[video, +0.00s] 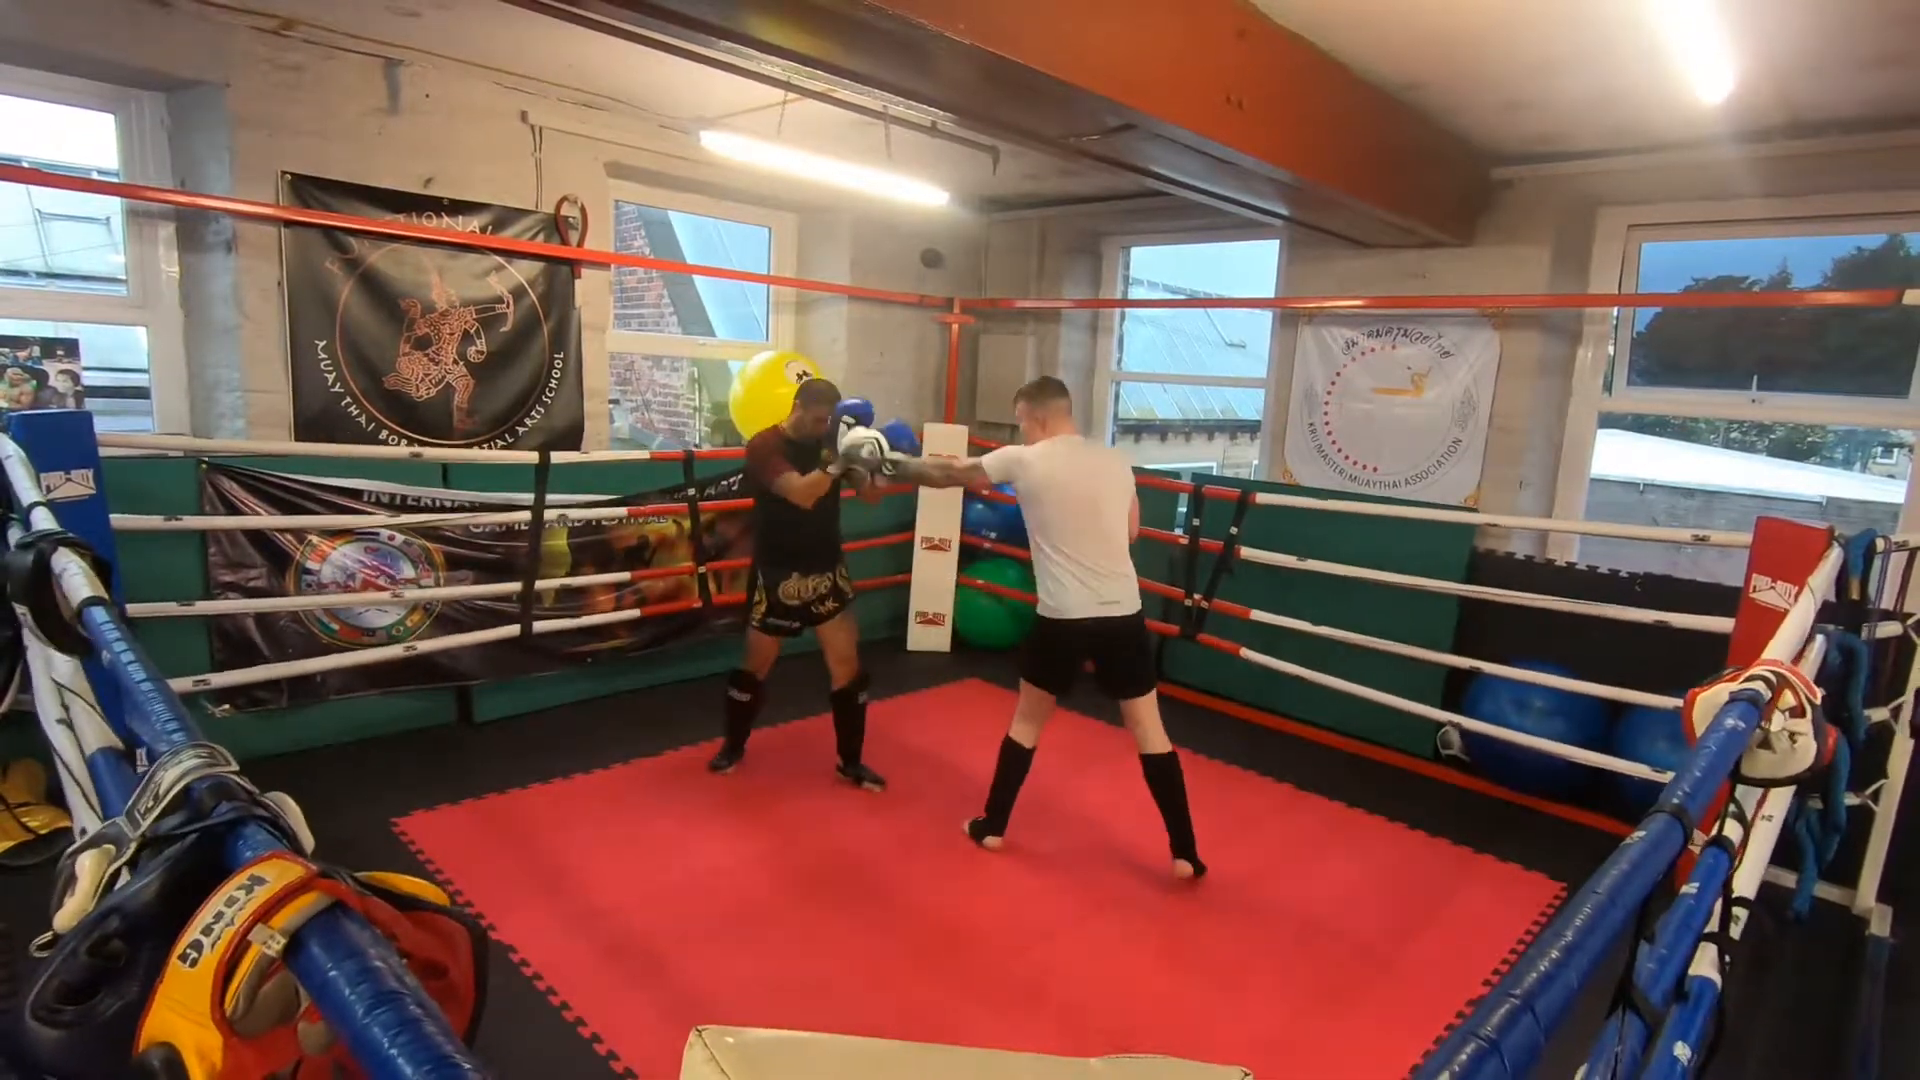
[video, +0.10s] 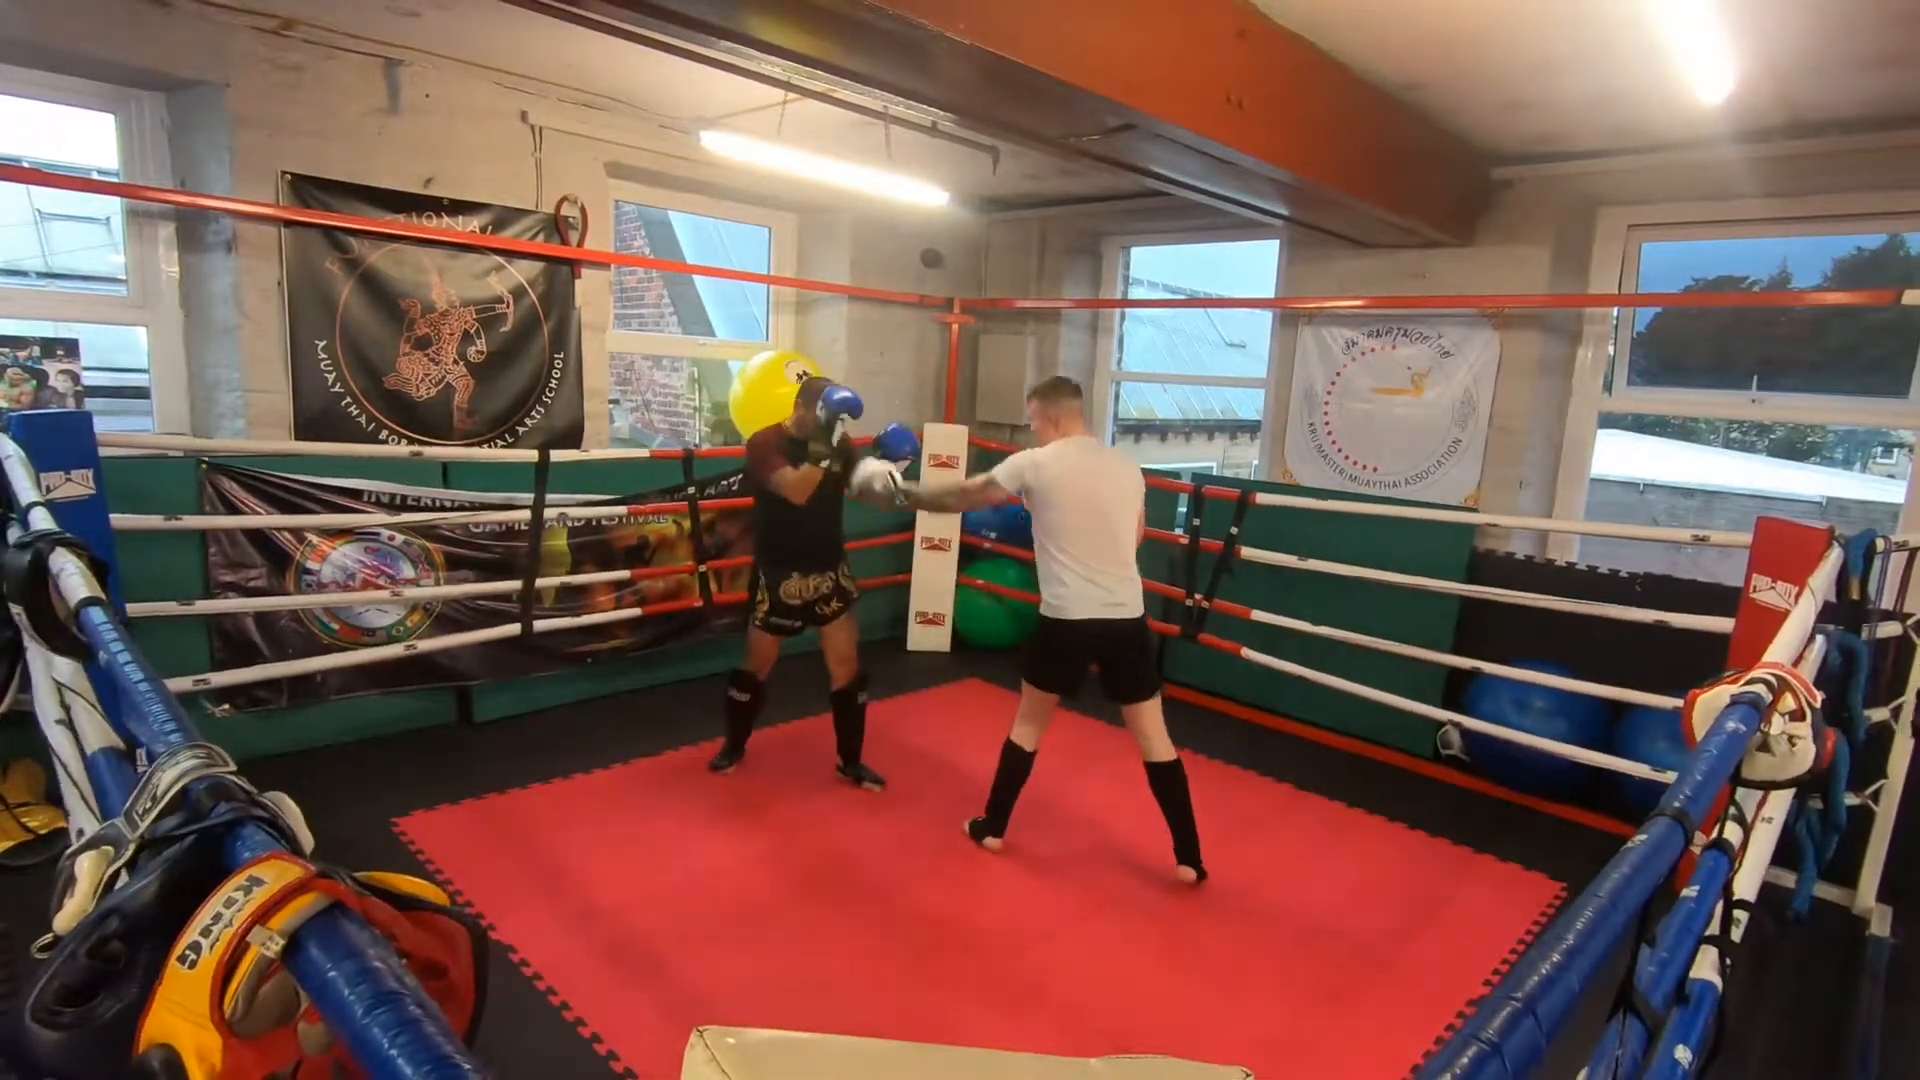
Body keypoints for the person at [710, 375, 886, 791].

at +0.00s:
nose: (826, 425)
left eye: (830, 418)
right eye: (818, 418)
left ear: (834, 416)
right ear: (795, 410)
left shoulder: (832, 442)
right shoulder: (763, 448)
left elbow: (871, 494)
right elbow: (804, 494)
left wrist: (868, 454)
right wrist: (837, 460)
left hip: (827, 571)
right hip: (775, 574)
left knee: (846, 668)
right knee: (755, 666)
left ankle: (851, 762)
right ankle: (733, 746)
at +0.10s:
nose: (816, 414)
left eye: (821, 406)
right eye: (809, 405)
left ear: (828, 413)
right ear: (789, 406)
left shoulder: (834, 447)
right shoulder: (764, 445)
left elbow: (861, 481)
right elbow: (797, 491)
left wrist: (884, 459)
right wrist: (828, 444)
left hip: (830, 571)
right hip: (777, 573)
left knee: (846, 669)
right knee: (756, 666)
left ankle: (851, 762)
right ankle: (734, 746)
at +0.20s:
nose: (822, 417)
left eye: (825, 411)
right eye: (814, 409)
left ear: (824, 412)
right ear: (790, 408)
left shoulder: (839, 444)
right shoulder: (764, 444)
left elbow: (865, 500)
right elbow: (792, 493)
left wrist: (889, 471)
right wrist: (813, 443)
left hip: (829, 571)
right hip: (776, 572)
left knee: (845, 668)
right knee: (756, 665)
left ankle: (850, 762)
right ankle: (733, 747)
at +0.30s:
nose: (816, 406)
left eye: (819, 398)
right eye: (805, 398)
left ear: (821, 405)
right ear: (783, 405)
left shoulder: (835, 444)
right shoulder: (761, 445)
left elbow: (863, 502)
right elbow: (789, 498)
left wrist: (888, 473)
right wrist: (806, 442)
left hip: (826, 570)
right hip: (774, 572)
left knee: (846, 667)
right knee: (753, 664)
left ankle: (850, 762)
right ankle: (733, 746)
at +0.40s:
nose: (814, 408)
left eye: (818, 399)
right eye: (803, 399)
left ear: (823, 405)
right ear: (782, 406)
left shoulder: (835, 445)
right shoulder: (760, 447)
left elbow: (861, 501)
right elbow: (790, 501)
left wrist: (888, 467)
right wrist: (807, 447)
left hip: (825, 573)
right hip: (772, 574)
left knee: (852, 669)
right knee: (752, 665)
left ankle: (852, 762)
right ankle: (733, 746)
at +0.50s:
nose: (822, 421)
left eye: (827, 415)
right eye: (815, 413)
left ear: (829, 416)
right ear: (795, 410)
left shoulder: (835, 446)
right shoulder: (764, 448)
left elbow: (868, 501)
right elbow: (795, 501)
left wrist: (888, 461)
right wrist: (821, 456)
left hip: (828, 574)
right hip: (775, 575)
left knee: (852, 669)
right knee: (753, 667)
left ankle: (853, 762)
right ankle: (733, 746)